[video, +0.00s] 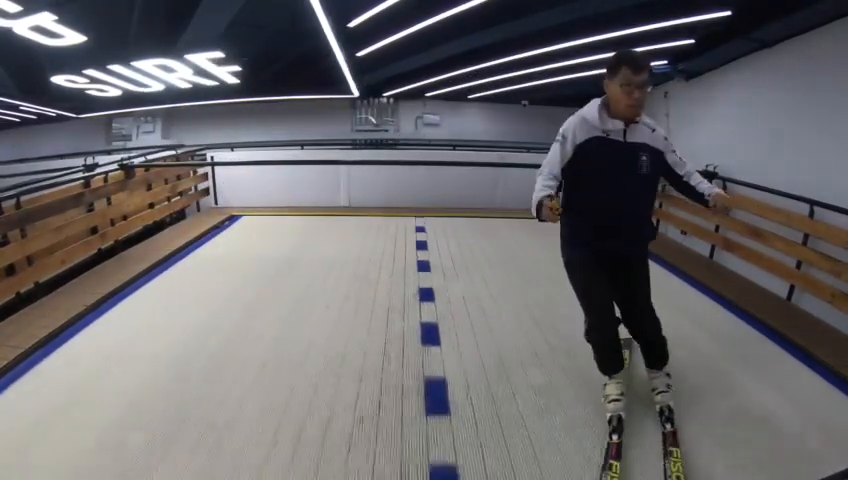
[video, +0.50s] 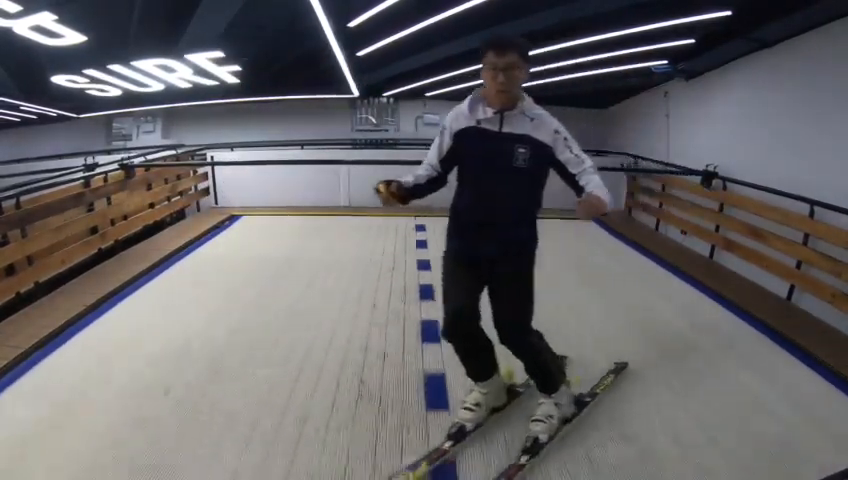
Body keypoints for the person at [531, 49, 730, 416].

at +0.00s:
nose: (637, 96)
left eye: (643, 88)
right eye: (629, 88)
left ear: (648, 89)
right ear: (607, 85)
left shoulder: (653, 136)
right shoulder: (578, 127)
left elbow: (680, 173)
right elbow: (548, 174)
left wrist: (710, 193)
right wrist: (543, 201)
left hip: (630, 241)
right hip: (583, 241)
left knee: (639, 311)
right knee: (599, 317)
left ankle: (658, 371)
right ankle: (612, 377)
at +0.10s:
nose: (627, 94)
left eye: (634, 86)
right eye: (618, 85)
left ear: (641, 88)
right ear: (598, 85)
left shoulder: (649, 137)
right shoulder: (571, 126)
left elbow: (678, 174)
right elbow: (542, 168)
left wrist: (703, 194)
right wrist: (530, 195)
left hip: (623, 243)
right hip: (574, 242)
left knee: (630, 318)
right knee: (589, 322)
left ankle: (653, 375)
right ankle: (607, 378)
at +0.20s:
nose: (601, 90)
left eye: (609, 82)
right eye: (592, 82)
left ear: (618, 86)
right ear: (575, 83)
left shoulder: (629, 134)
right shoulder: (547, 125)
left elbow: (662, 172)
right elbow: (518, 172)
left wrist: (684, 195)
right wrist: (499, 196)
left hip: (603, 246)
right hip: (553, 245)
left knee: (608, 325)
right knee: (561, 330)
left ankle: (636, 379)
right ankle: (585, 384)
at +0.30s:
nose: (574, 85)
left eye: (582, 77)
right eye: (565, 77)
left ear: (594, 80)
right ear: (551, 79)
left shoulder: (608, 131)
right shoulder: (523, 122)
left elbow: (643, 172)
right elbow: (495, 171)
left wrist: (663, 197)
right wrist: (473, 194)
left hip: (579, 247)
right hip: (527, 245)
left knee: (583, 329)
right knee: (530, 331)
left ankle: (617, 386)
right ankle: (559, 388)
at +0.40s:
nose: (540, 83)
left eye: (549, 74)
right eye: (532, 74)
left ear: (562, 76)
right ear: (519, 76)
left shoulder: (579, 129)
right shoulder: (494, 121)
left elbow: (615, 171)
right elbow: (467, 171)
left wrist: (633, 197)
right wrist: (440, 191)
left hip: (549, 247)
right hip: (499, 245)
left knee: (551, 332)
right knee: (496, 329)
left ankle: (591, 389)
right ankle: (528, 388)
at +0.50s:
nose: (501, 78)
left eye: (510, 70)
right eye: (493, 70)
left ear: (525, 72)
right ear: (482, 73)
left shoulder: (544, 127)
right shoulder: (459, 119)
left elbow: (583, 172)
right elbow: (434, 171)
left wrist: (595, 196)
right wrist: (403, 189)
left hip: (513, 246)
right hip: (464, 242)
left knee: (513, 330)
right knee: (457, 324)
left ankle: (556, 392)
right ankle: (490, 385)